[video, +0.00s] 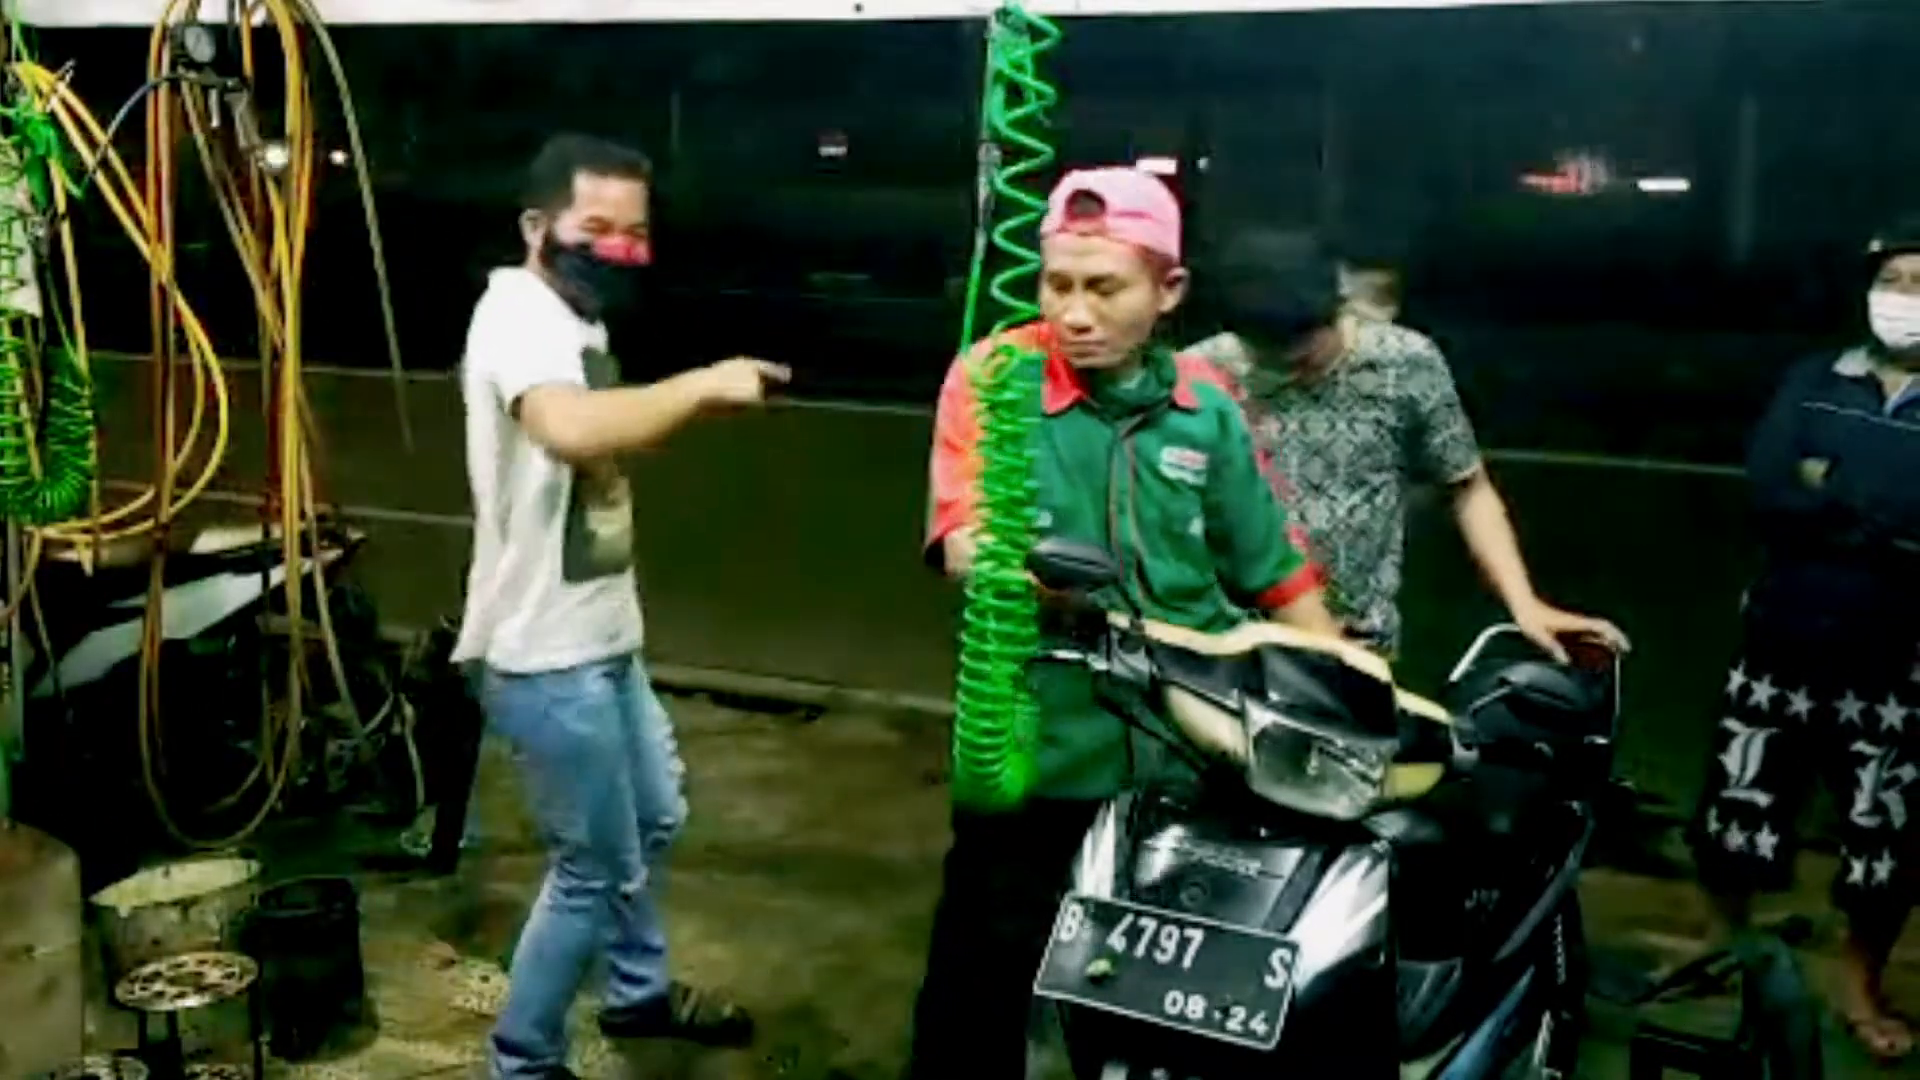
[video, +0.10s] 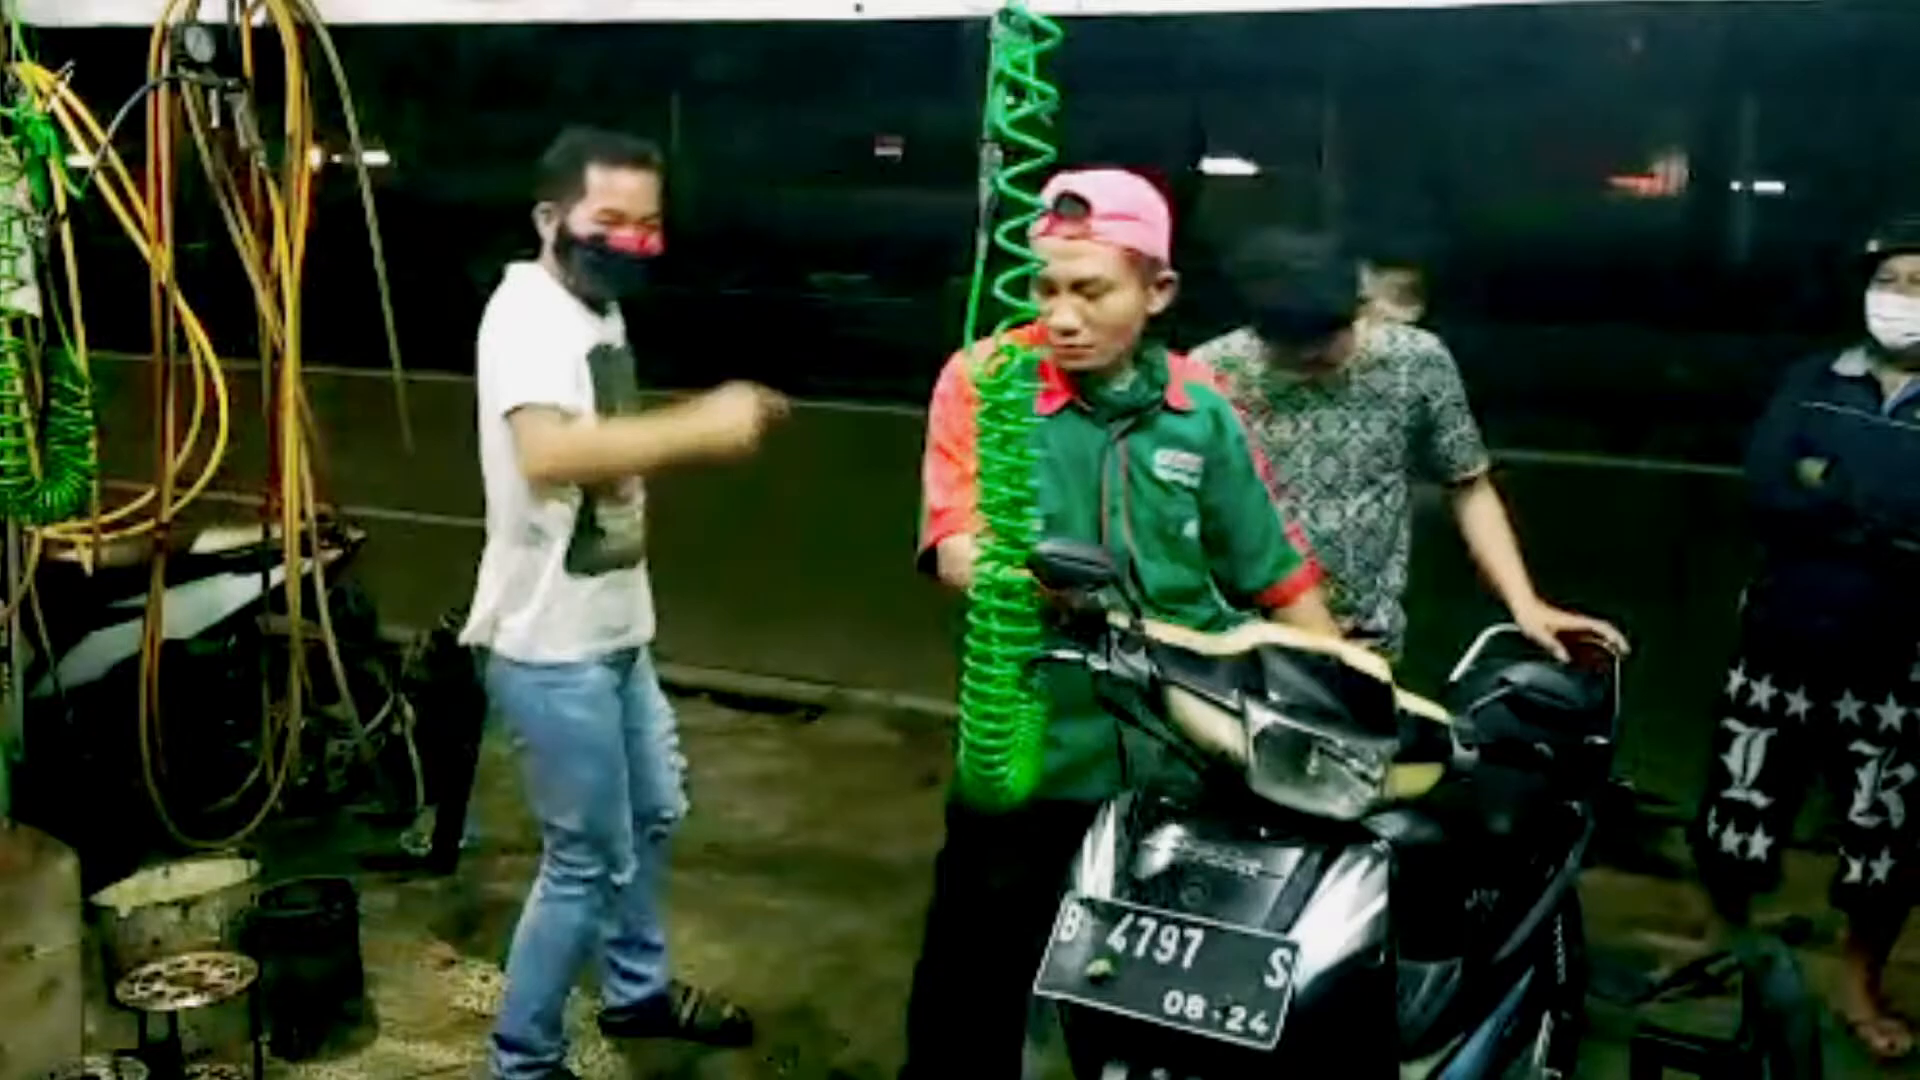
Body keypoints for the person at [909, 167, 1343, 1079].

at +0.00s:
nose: (1075, 313)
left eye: (1102, 288)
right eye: (1059, 287)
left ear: (1165, 291)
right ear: (1039, 286)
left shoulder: (1204, 406)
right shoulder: (992, 378)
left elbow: (1284, 582)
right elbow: (961, 535)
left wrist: (1345, 687)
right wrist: (1027, 579)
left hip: (1179, 765)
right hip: (1030, 768)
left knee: (1156, 1029)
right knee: (972, 1027)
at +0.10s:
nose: (1063, 316)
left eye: (1090, 291)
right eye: (1048, 290)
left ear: (1156, 291)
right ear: (1031, 288)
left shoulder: (1200, 412)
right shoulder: (981, 382)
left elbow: (1286, 585)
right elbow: (956, 545)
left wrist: (1350, 686)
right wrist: (1031, 586)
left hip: (1171, 773)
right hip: (1022, 776)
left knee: (1147, 1036)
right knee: (963, 1030)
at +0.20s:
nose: (1045, 322)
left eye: (1069, 298)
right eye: (1031, 298)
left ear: (1138, 294)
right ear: (1014, 296)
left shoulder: (1189, 409)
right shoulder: (969, 386)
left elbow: (1283, 588)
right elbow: (943, 557)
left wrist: (1353, 678)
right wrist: (1037, 596)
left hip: (1161, 773)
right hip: (1015, 776)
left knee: (1141, 1036)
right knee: (943, 1025)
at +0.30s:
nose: (1015, 328)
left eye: (1041, 305)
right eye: (1001, 302)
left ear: (1117, 300)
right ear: (983, 295)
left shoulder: (1176, 413)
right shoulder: (948, 393)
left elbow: (1280, 593)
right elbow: (925, 572)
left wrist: (1354, 684)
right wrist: (1054, 612)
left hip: (1149, 776)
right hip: (997, 779)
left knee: (1140, 1030)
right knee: (924, 1022)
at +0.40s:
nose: (992, 334)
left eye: (1018, 310)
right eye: (974, 307)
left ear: (1089, 303)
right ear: (954, 300)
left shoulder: (1154, 410)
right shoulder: (922, 401)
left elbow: (1259, 596)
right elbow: (899, 586)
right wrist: (1019, 627)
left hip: (1138, 753)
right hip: (979, 753)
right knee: (905, 1007)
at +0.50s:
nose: (952, 335)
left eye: (977, 313)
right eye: (941, 310)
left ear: (1059, 306)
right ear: (927, 300)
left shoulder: (1135, 407)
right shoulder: (902, 407)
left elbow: (1241, 596)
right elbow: (885, 604)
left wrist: (1337, 663)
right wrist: (1012, 648)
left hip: (1121, 774)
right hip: (960, 775)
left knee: (1135, 1023)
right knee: (890, 1018)